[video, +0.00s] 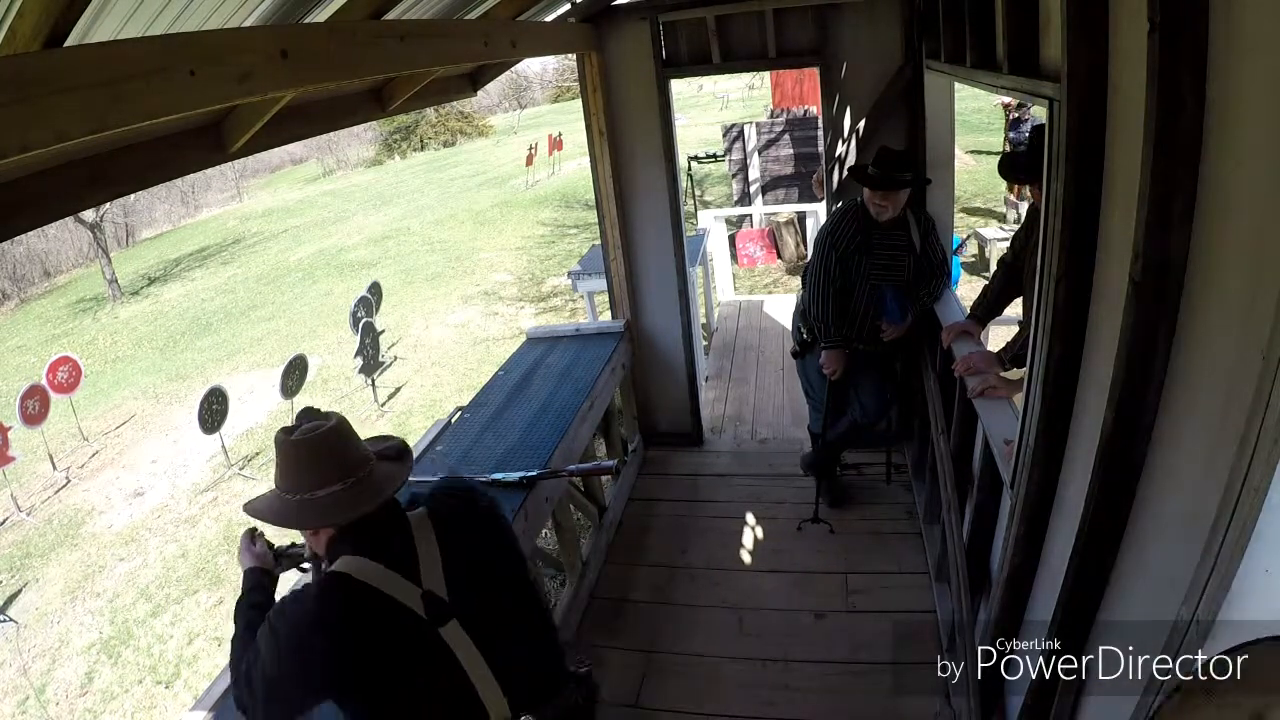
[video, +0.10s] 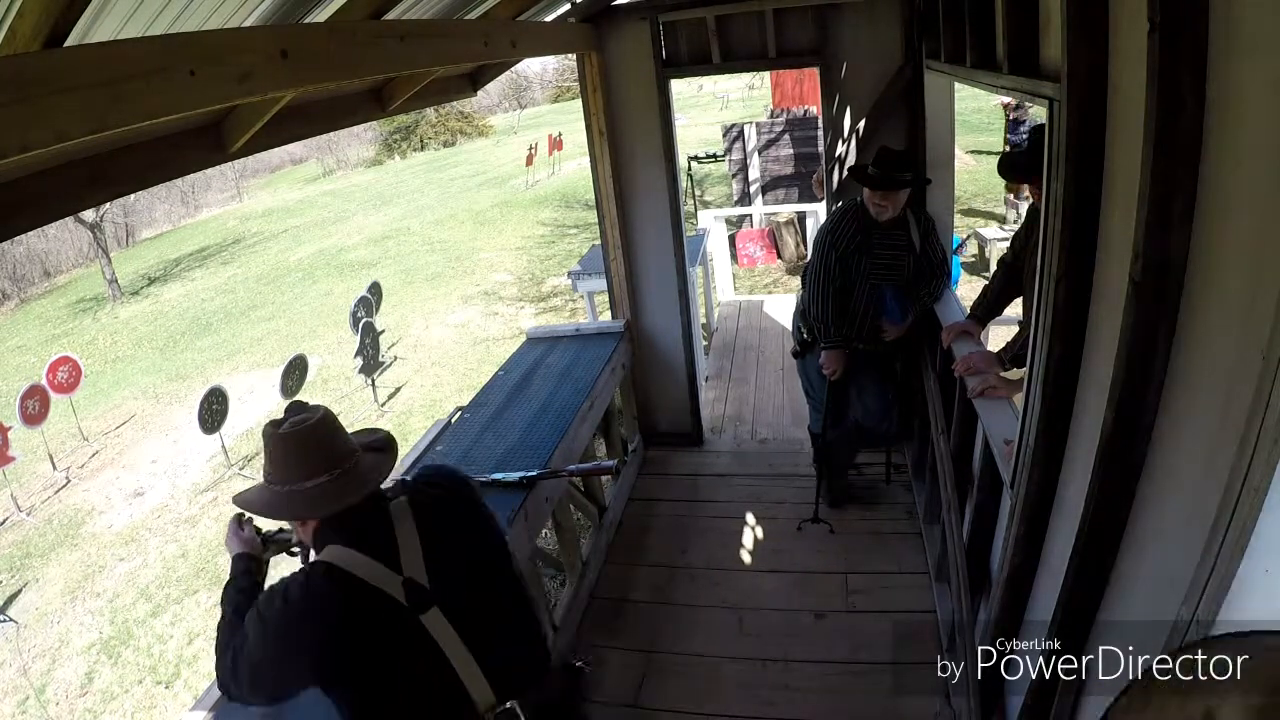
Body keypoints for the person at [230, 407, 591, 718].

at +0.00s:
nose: (295, 528)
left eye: (296, 519)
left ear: (314, 529)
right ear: (384, 486)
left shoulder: (316, 617)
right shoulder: (468, 509)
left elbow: (254, 693)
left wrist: (256, 577)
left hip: (432, 719)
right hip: (552, 700)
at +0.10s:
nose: (285, 518)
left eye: (285, 509)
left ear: (301, 518)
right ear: (370, 474)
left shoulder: (304, 606)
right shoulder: (449, 495)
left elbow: (237, 676)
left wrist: (245, 562)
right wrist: (327, 520)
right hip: (539, 697)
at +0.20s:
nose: (280, 514)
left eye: (279, 506)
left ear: (296, 516)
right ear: (364, 470)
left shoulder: (298, 603)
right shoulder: (441, 487)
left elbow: (221, 662)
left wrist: (239, 555)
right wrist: (316, 515)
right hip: (542, 692)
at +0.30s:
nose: (282, 513)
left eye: (280, 504)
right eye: (283, 501)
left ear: (297, 513)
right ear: (363, 470)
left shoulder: (296, 601)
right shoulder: (436, 484)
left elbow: (210, 649)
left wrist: (231, 544)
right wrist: (314, 509)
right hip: (544, 689)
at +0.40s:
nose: (282, 510)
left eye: (281, 501)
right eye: (282, 498)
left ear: (301, 508)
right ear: (365, 470)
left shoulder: (301, 600)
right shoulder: (436, 481)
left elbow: (212, 652)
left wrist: (229, 548)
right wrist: (317, 515)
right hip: (545, 685)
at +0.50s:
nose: (282, 509)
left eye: (281, 500)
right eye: (280, 499)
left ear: (305, 507)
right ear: (367, 470)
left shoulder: (304, 602)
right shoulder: (436, 479)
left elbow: (226, 665)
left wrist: (225, 559)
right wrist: (318, 529)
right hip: (549, 681)